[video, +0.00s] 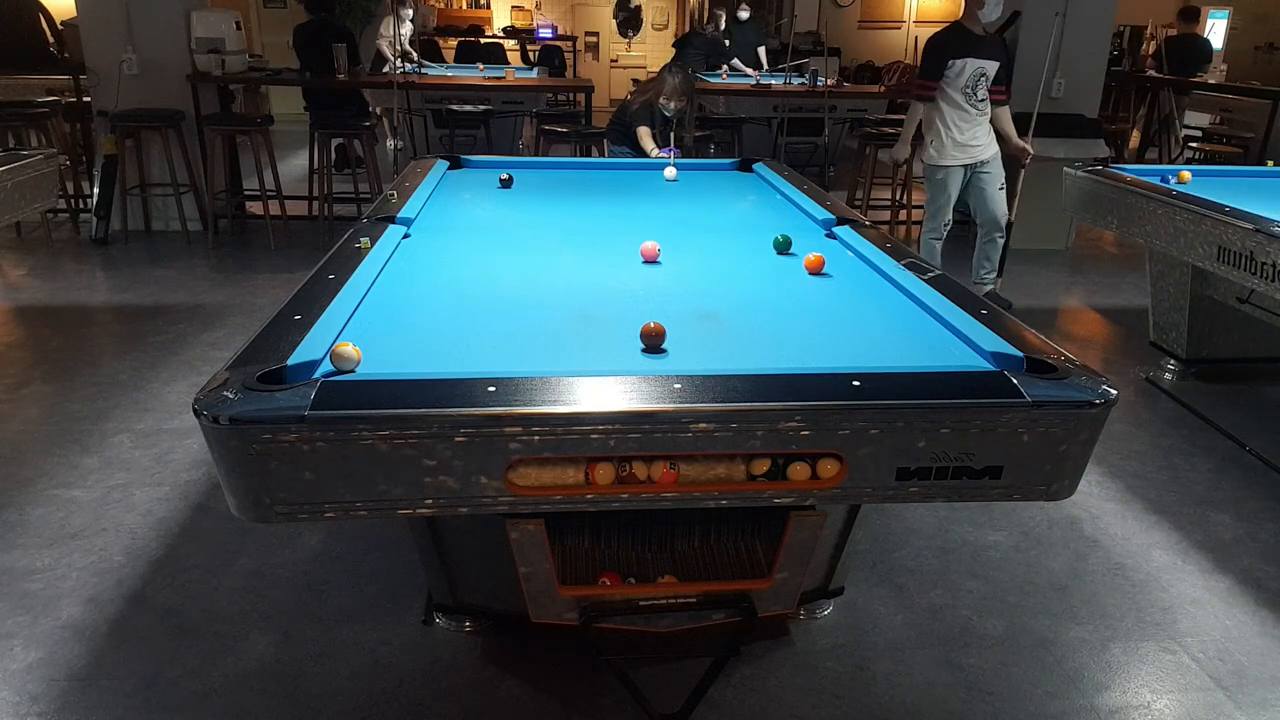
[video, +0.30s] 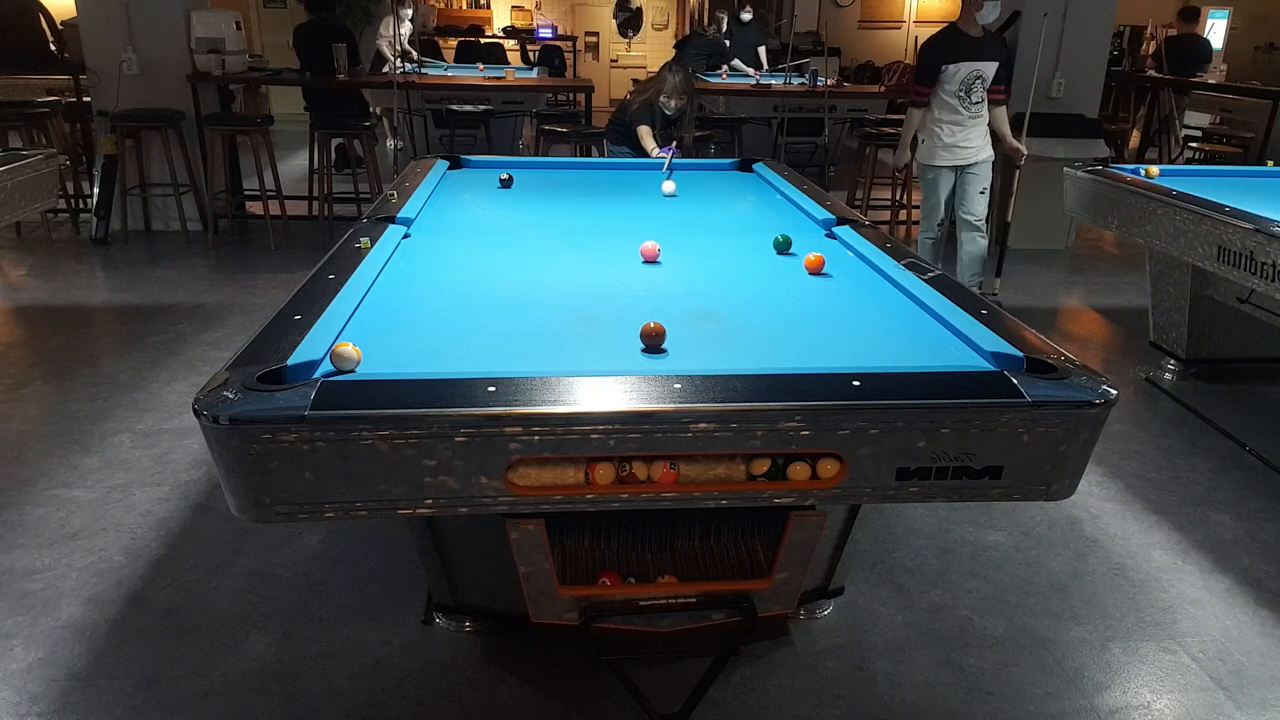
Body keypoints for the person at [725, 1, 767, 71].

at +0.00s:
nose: (743, 13)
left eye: (746, 10)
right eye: (740, 10)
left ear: (750, 12)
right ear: (736, 11)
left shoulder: (756, 26)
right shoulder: (731, 25)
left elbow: (761, 46)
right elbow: (726, 45)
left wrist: (765, 66)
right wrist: (724, 63)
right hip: (733, 69)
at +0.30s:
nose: (746, 15)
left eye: (749, 12)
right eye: (744, 12)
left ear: (753, 12)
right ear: (739, 12)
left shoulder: (757, 26)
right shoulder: (732, 24)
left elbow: (761, 46)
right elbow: (726, 43)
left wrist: (765, 66)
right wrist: (724, 63)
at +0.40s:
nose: (748, 16)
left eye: (751, 13)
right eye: (745, 13)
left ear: (754, 13)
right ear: (739, 12)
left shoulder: (756, 25)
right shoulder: (732, 25)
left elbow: (761, 46)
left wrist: (765, 66)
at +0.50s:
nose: (749, 16)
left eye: (751, 13)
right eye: (746, 13)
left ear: (755, 13)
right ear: (741, 12)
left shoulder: (757, 25)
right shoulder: (732, 24)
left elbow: (761, 46)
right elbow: (725, 44)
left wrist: (765, 65)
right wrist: (724, 63)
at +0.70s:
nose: (750, 16)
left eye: (753, 14)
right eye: (747, 14)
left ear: (756, 14)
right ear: (741, 13)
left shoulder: (758, 26)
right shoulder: (732, 25)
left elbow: (761, 46)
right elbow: (726, 44)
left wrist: (765, 66)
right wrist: (730, 63)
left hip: (754, 69)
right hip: (736, 69)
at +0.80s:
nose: (750, 17)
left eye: (753, 14)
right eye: (747, 14)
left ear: (756, 14)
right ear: (742, 13)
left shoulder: (758, 26)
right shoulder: (733, 25)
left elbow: (762, 46)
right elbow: (727, 45)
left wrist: (765, 65)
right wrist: (738, 62)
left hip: (754, 69)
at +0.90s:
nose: (749, 16)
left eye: (752, 14)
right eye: (747, 13)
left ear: (755, 14)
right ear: (741, 13)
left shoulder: (758, 26)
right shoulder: (733, 25)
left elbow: (762, 46)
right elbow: (732, 47)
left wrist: (765, 65)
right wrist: (747, 64)